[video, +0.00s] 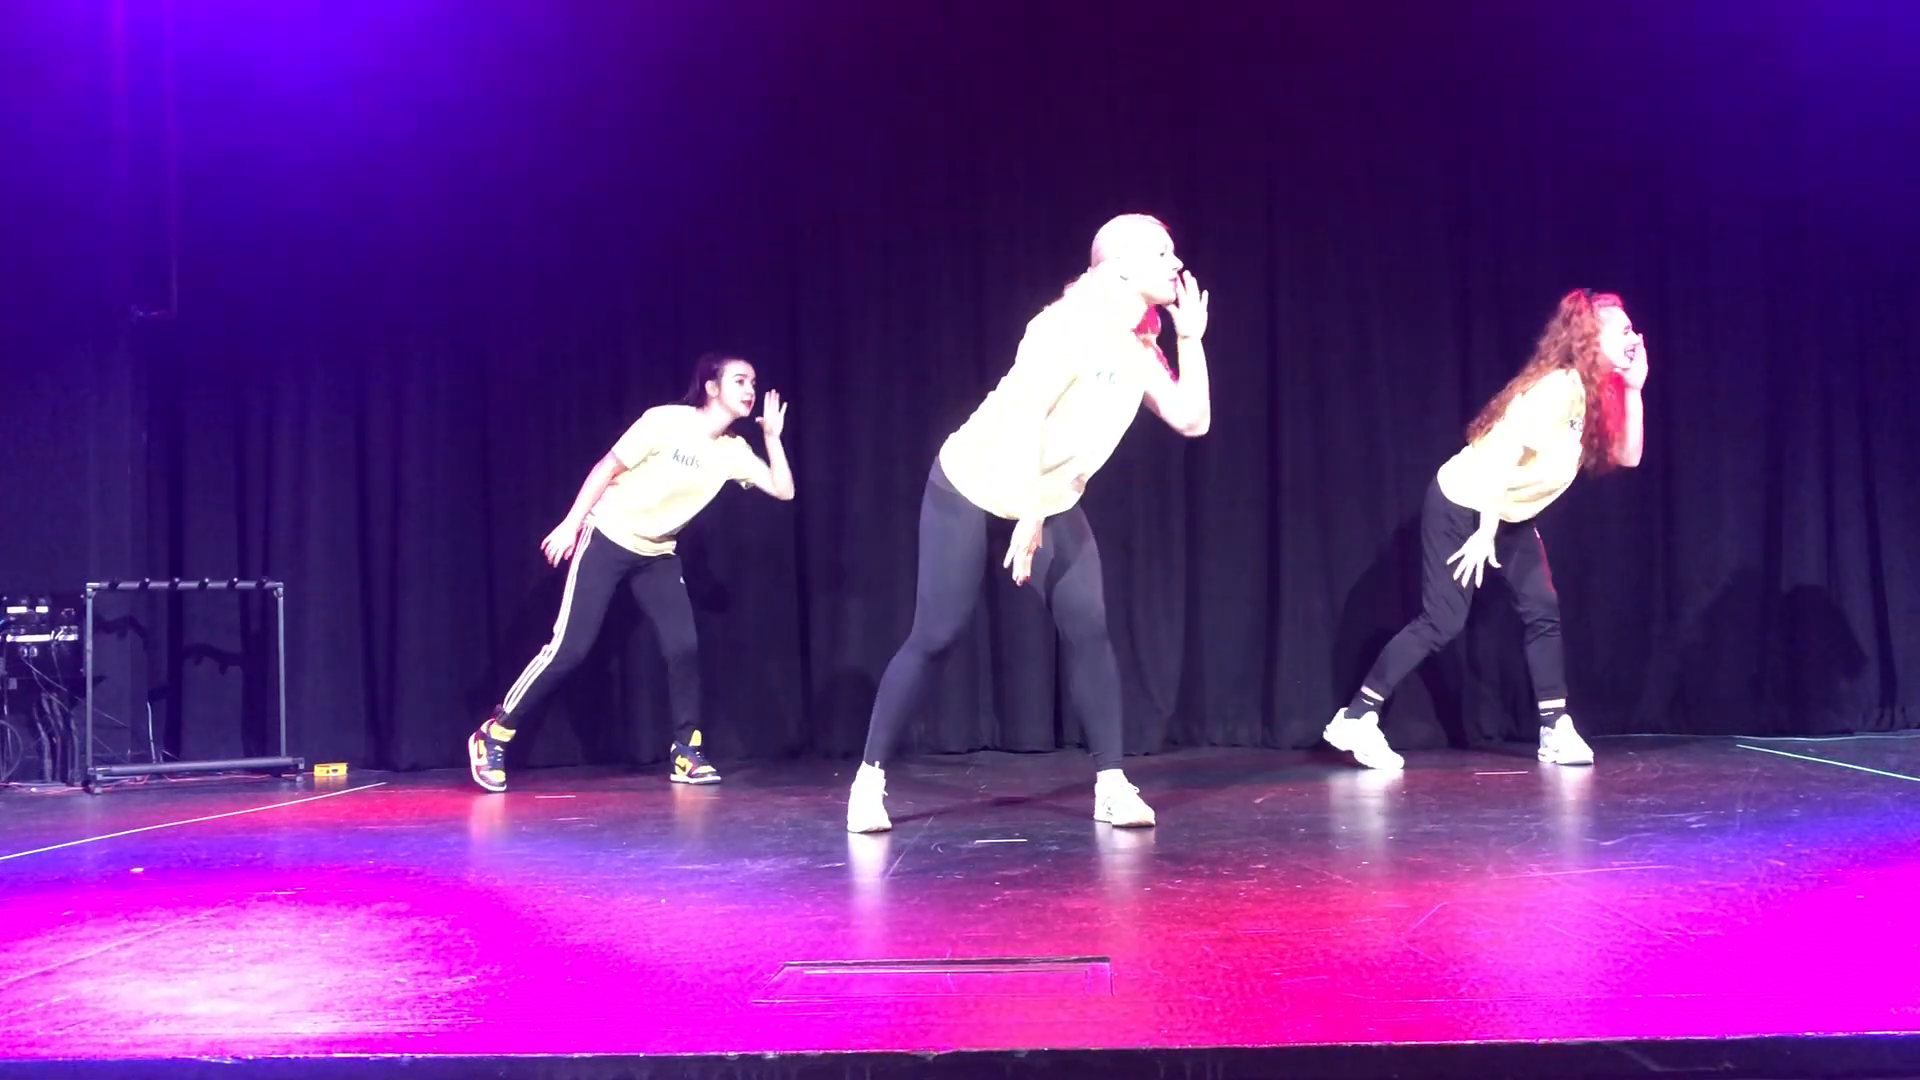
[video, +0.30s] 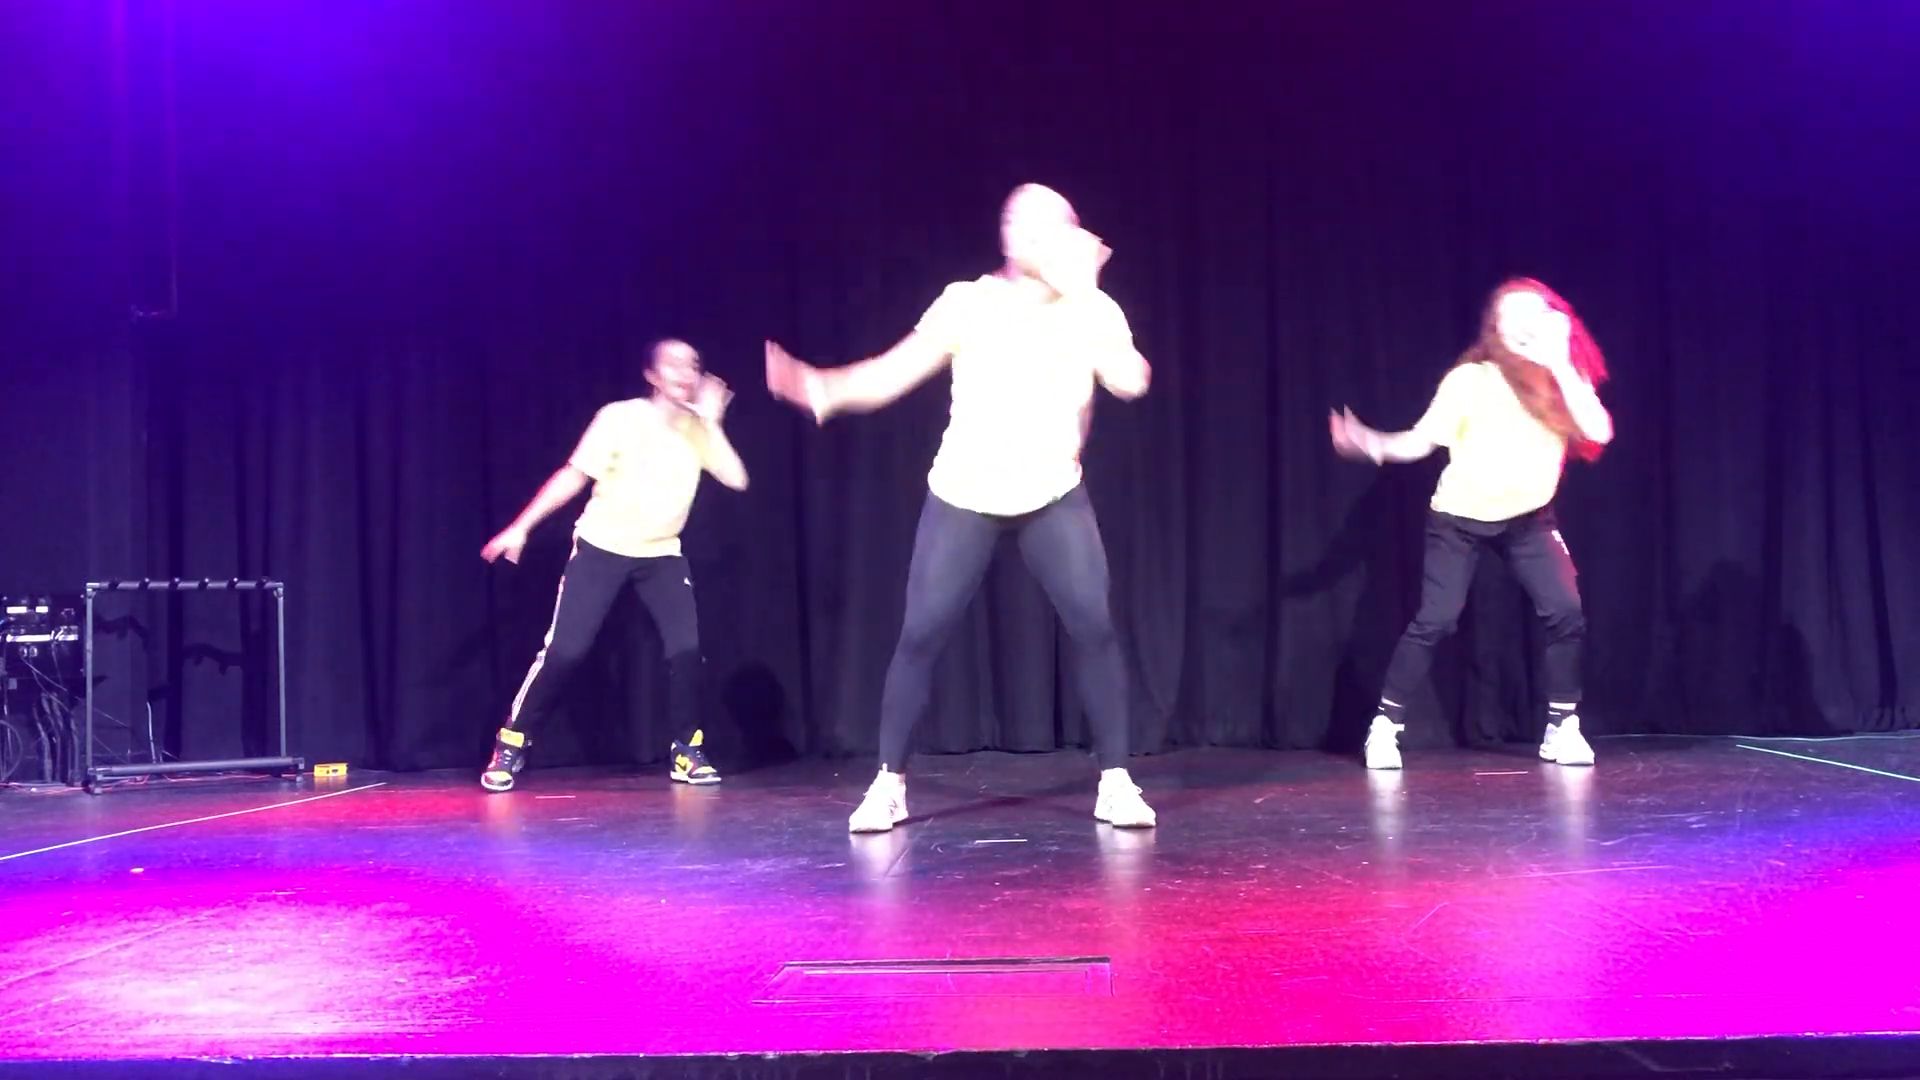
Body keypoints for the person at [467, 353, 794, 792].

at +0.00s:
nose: (750, 390)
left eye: (753, 384)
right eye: (740, 381)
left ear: (752, 394)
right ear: (711, 387)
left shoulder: (733, 452)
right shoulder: (666, 420)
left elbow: (784, 490)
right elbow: (608, 467)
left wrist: (773, 439)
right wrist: (571, 523)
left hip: (657, 555)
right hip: (606, 540)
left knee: (683, 646)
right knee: (571, 647)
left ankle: (686, 754)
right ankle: (492, 737)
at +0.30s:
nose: (685, 376)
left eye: (691, 368)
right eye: (674, 366)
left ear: (698, 375)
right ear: (652, 373)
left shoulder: (698, 429)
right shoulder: (619, 419)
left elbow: (738, 480)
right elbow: (573, 476)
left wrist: (712, 423)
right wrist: (520, 528)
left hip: (661, 553)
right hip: (601, 549)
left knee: (685, 648)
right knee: (567, 649)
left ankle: (687, 754)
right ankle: (510, 748)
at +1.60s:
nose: (459, 478)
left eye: (468, 468)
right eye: (458, 468)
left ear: (502, 471)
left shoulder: (541, 499)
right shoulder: (490, 509)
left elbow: (528, 574)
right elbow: (485, 574)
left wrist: (480, 521)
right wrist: (467, 524)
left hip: (649, 559)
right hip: (593, 569)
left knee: (667, 653)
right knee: (558, 655)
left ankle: (723, 742)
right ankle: (526, 758)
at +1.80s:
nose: (536, 510)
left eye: (547, 501)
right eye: (529, 500)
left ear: (573, 504)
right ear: (522, 502)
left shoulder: (602, 521)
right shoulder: (534, 528)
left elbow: (610, 601)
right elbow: (520, 596)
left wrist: (565, 552)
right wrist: (521, 548)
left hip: (657, 565)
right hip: (599, 573)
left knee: (680, 650)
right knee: (559, 656)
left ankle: (725, 746)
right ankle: (525, 756)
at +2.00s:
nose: (635, 493)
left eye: (645, 483)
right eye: (626, 483)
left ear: (660, 484)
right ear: (611, 482)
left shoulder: (675, 513)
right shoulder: (591, 506)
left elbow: (689, 589)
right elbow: (579, 581)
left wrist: (656, 536)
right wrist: (602, 531)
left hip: (657, 573)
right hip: (602, 571)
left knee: (682, 649)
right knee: (565, 651)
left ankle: (726, 745)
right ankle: (526, 754)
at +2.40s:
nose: (732, 407)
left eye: (739, 400)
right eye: (723, 397)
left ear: (745, 408)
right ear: (700, 402)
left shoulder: (737, 455)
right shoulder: (670, 435)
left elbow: (771, 514)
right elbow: (669, 498)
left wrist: (749, 458)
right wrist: (703, 445)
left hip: (686, 555)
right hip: (623, 547)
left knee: (702, 647)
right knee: (577, 646)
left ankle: (728, 747)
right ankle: (528, 748)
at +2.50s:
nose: (730, 386)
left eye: (737, 379)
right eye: (721, 377)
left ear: (745, 391)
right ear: (699, 384)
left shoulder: (738, 440)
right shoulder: (671, 417)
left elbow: (775, 494)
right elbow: (668, 476)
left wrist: (750, 438)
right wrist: (705, 427)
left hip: (689, 550)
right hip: (627, 542)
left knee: (703, 647)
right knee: (579, 646)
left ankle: (728, 747)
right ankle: (532, 746)